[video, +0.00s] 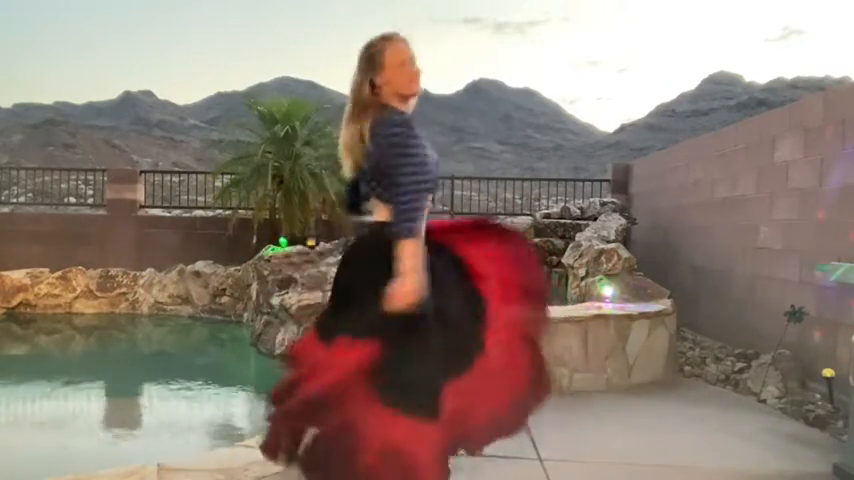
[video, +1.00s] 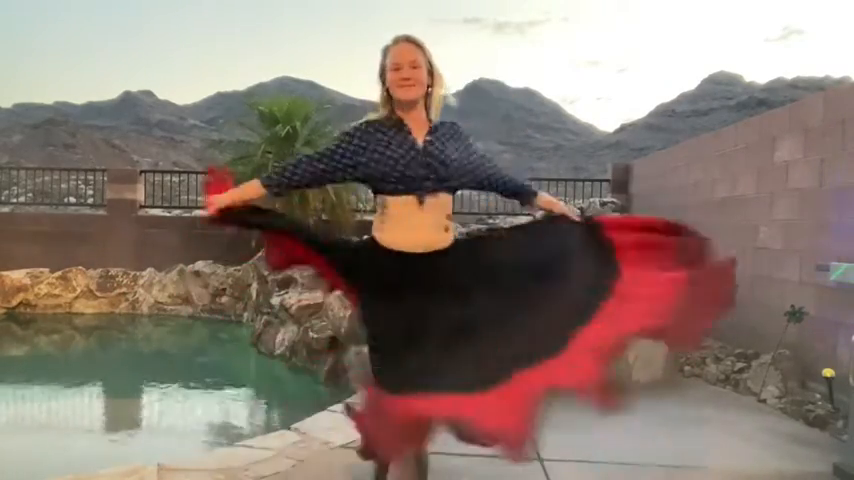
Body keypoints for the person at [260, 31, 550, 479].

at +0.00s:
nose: (415, 74)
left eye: (415, 64)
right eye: (404, 67)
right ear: (376, 79)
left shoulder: (376, 124)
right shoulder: (394, 128)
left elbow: (357, 197)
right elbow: (409, 198)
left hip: (380, 248)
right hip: (398, 252)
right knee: (411, 357)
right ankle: (404, 458)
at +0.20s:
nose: (433, 86)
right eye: (429, 78)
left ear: (365, 79)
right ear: (422, 81)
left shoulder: (351, 130)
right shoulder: (437, 131)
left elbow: (300, 168)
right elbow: (480, 185)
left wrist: (253, 193)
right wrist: (532, 239)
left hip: (363, 238)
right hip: (415, 239)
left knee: (372, 349)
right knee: (430, 355)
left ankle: (375, 451)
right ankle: (431, 454)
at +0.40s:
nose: (370, 79)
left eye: (380, 72)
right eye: (374, 69)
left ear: (408, 82)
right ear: (415, 85)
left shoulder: (378, 129)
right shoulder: (440, 143)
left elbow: (325, 175)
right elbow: (484, 206)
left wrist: (258, 206)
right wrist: (535, 251)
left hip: (373, 259)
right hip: (424, 259)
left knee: (380, 377)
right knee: (421, 378)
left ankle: (376, 460)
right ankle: (415, 460)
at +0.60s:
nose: (389, 89)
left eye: (400, 82)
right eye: (384, 82)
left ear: (424, 92)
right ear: (381, 89)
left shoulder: (416, 141)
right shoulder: (399, 137)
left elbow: (422, 201)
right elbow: (412, 200)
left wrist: (405, 238)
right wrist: (454, 238)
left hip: (410, 261)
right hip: (397, 257)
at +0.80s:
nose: (403, 74)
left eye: (412, 67)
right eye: (395, 68)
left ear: (430, 76)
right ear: (383, 78)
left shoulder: (440, 134)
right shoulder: (378, 134)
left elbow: (492, 178)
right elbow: (361, 181)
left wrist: (549, 212)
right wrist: (342, 201)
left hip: (419, 252)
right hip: (379, 251)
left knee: (410, 360)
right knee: (389, 357)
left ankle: (415, 462)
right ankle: (410, 460)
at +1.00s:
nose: (405, 77)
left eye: (413, 69)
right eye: (396, 71)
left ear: (431, 76)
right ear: (385, 80)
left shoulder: (450, 136)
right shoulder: (368, 137)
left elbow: (489, 176)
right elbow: (313, 169)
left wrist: (538, 199)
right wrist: (252, 190)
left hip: (441, 261)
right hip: (389, 261)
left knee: (429, 363)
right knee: (396, 366)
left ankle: (408, 450)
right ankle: (398, 460)